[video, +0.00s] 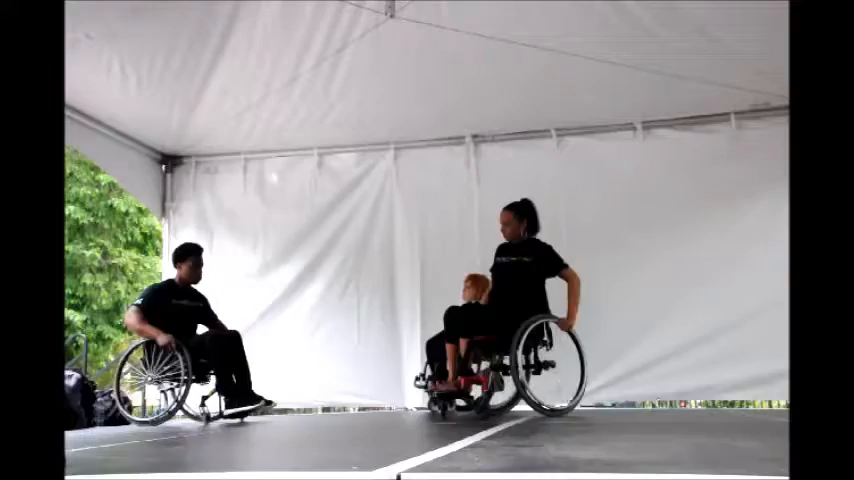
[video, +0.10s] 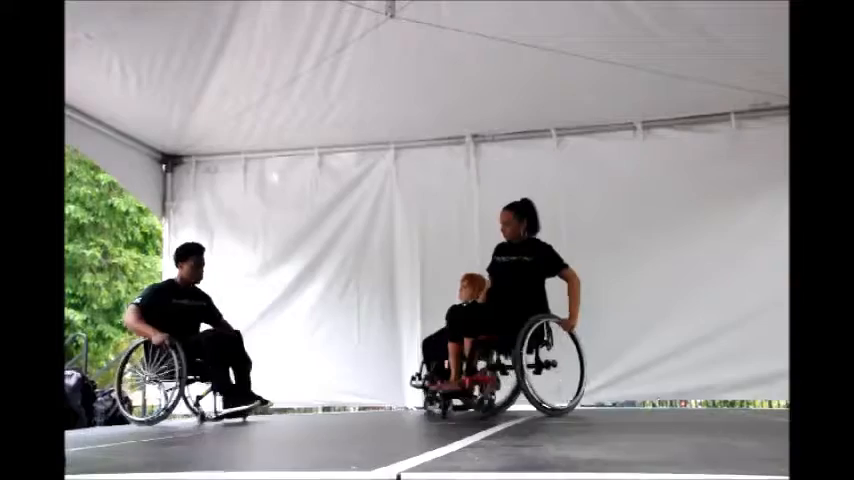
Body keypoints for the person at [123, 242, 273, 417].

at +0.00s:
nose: (200, 270)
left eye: (201, 265)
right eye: (195, 265)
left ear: (200, 266)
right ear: (179, 266)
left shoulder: (198, 300)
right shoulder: (158, 292)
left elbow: (219, 329)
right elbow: (131, 319)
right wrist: (158, 335)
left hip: (187, 356)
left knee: (232, 338)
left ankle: (245, 395)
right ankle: (231, 398)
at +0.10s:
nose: (201, 270)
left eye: (202, 265)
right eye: (196, 265)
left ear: (202, 266)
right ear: (180, 266)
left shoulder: (201, 298)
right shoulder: (158, 291)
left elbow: (221, 326)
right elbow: (130, 318)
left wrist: (234, 342)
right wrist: (154, 334)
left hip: (189, 354)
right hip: (161, 358)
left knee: (231, 337)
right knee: (211, 345)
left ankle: (244, 394)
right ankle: (231, 398)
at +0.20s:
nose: (203, 270)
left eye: (205, 265)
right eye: (198, 265)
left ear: (207, 265)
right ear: (184, 264)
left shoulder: (209, 297)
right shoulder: (160, 293)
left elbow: (232, 325)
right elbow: (131, 317)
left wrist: (247, 348)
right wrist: (141, 333)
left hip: (199, 356)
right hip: (166, 360)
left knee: (231, 338)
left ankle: (238, 400)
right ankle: (218, 402)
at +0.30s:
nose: (204, 270)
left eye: (206, 265)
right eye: (199, 265)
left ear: (208, 265)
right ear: (184, 263)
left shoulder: (212, 295)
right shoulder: (162, 293)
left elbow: (235, 322)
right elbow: (134, 318)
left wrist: (245, 343)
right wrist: (139, 334)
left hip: (205, 351)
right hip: (172, 353)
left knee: (224, 336)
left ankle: (225, 399)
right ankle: (205, 398)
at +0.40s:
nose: (203, 268)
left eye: (205, 263)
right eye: (198, 263)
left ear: (208, 264)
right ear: (184, 262)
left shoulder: (216, 294)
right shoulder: (164, 293)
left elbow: (239, 322)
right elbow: (140, 317)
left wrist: (243, 341)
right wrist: (140, 333)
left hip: (207, 355)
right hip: (176, 356)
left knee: (216, 340)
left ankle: (211, 400)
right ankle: (190, 399)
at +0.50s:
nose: (200, 266)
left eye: (203, 262)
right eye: (195, 261)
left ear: (206, 262)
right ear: (182, 261)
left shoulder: (217, 292)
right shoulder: (166, 292)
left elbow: (241, 321)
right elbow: (148, 318)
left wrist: (236, 338)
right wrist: (138, 338)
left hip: (208, 352)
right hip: (177, 352)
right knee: (158, 336)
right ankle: (165, 399)